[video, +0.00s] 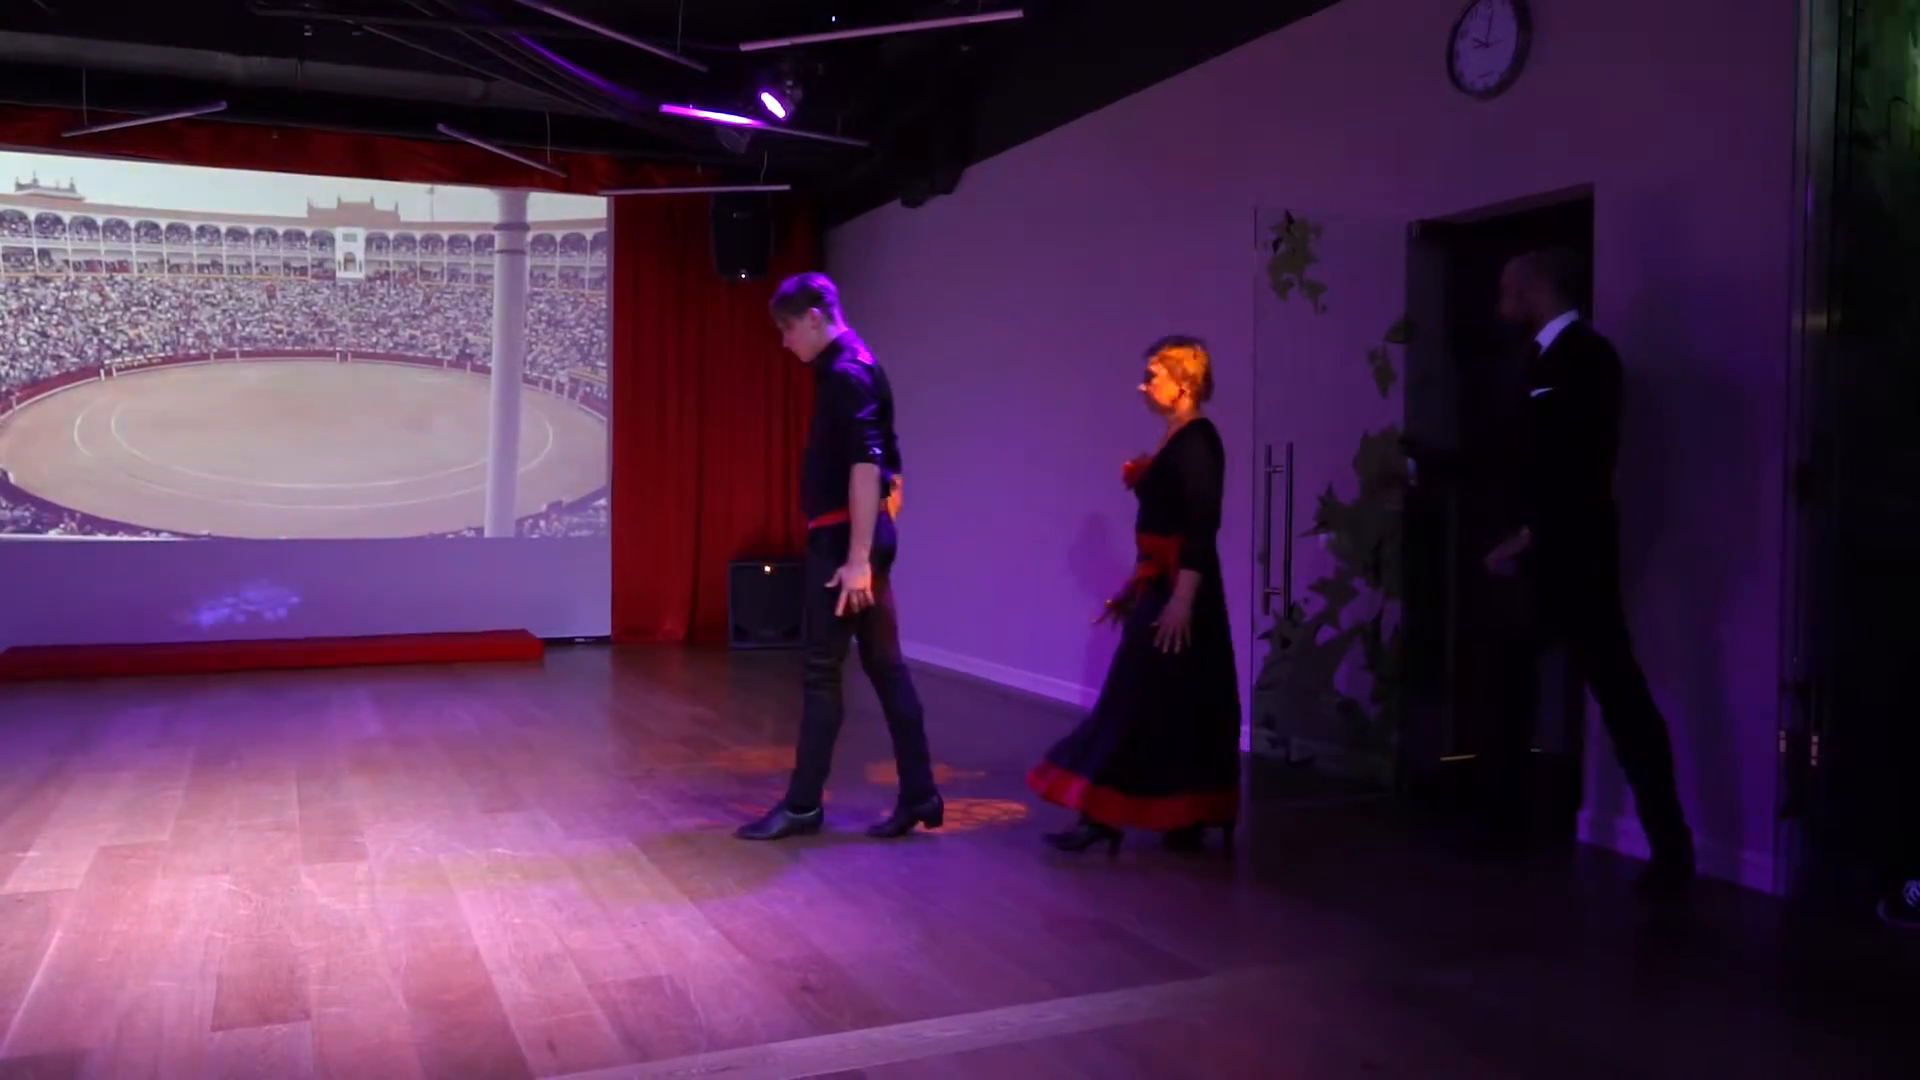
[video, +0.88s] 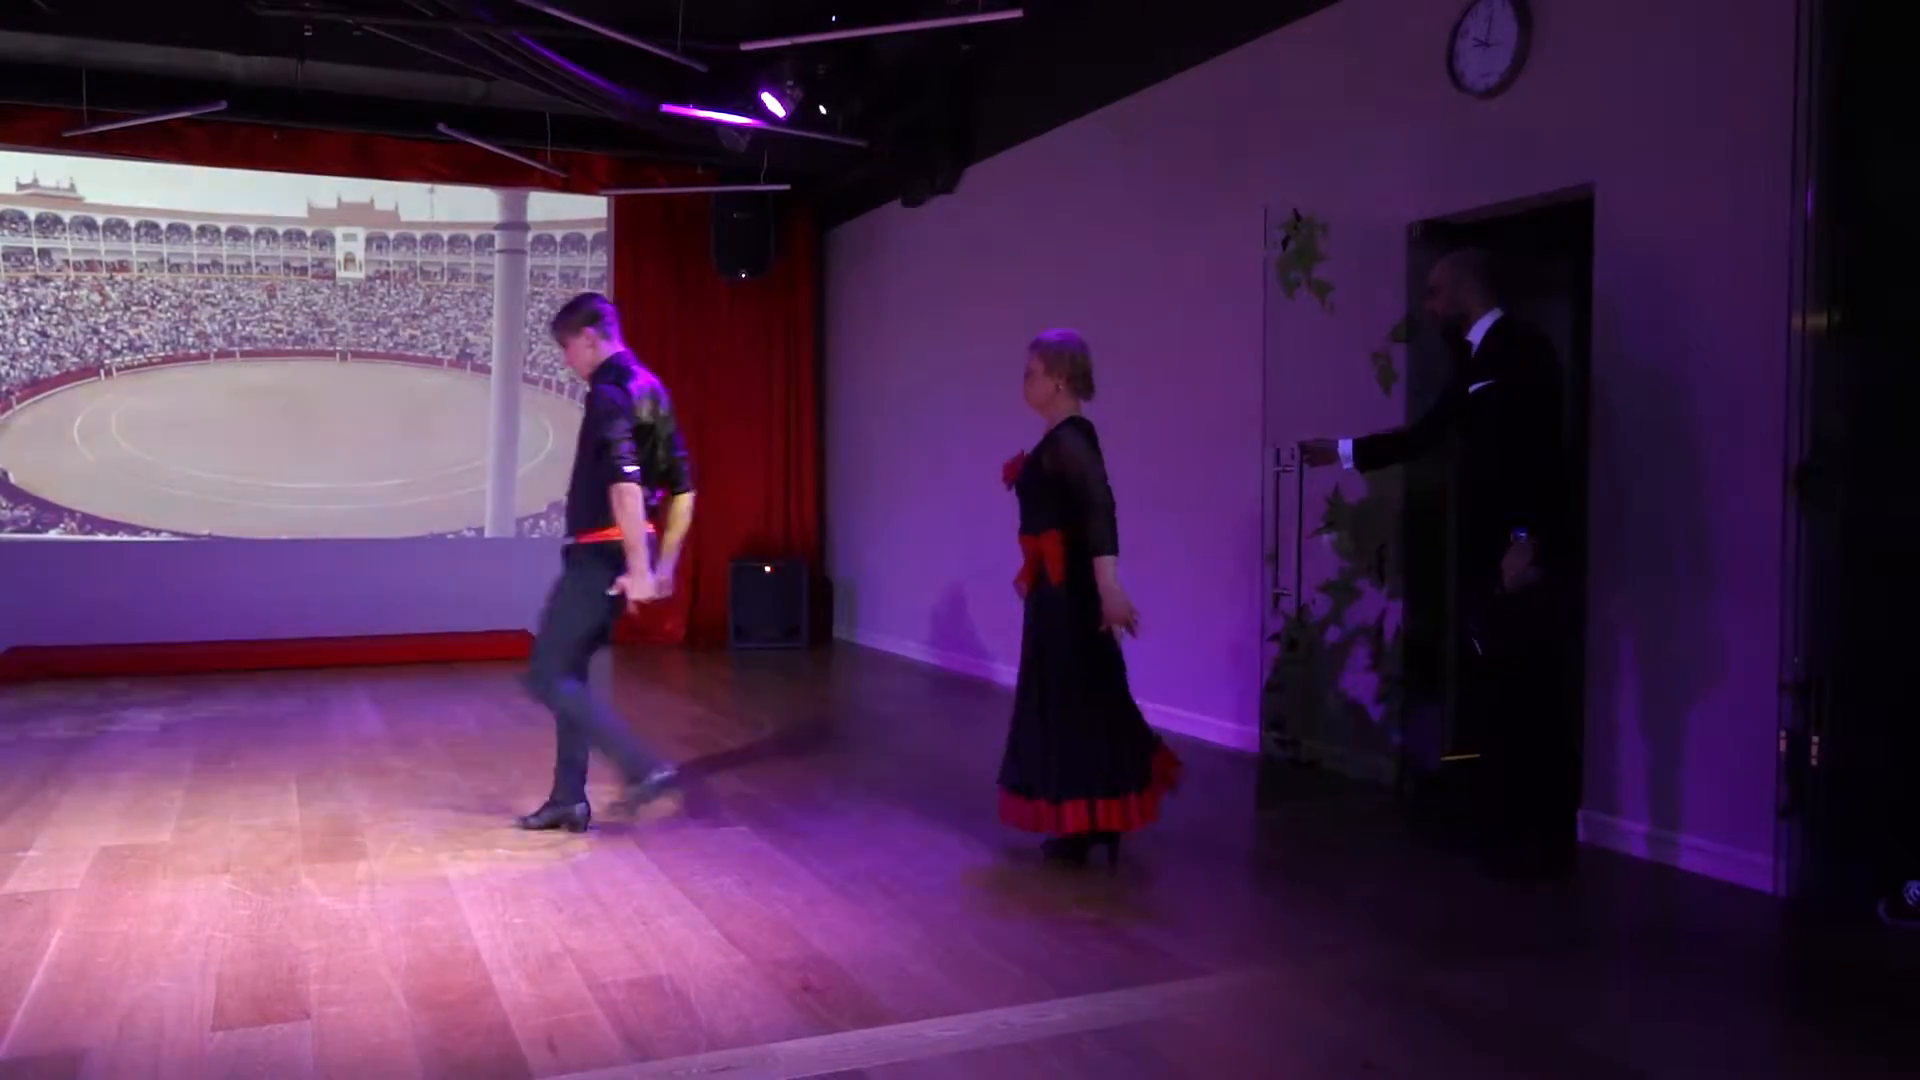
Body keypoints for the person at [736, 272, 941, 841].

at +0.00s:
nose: (786, 342)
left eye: (790, 329)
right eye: (783, 331)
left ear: (820, 317)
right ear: (821, 318)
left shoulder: (847, 375)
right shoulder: (855, 367)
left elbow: (867, 467)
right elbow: (877, 465)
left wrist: (859, 558)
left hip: (839, 538)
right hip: (860, 532)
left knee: (821, 672)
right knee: (887, 668)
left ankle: (803, 803)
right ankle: (919, 795)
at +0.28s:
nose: (731, 341)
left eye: (734, 328)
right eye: (728, 330)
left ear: (763, 316)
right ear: (764, 317)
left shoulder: (790, 370)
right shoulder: (801, 365)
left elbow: (810, 463)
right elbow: (835, 465)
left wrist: (805, 556)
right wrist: (821, 535)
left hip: (785, 539)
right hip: (800, 536)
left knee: (790, 674)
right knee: (827, 667)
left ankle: (800, 803)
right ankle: (896, 776)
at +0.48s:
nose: (686, 350)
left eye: (688, 336)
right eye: (683, 338)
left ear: (716, 326)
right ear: (725, 326)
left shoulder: (740, 381)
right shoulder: (768, 376)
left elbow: (753, 472)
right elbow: (803, 471)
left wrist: (762, 567)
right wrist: (801, 544)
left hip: (746, 545)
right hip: (762, 540)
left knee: (761, 668)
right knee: (714, 661)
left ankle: (798, 802)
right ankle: (784, 784)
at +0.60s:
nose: (652, 355)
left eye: (654, 342)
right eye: (650, 344)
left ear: (682, 331)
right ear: (688, 332)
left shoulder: (699, 391)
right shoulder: (737, 384)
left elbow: (714, 487)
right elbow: (779, 479)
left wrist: (728, 577)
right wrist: (775, 553)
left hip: (713, 555)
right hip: (727, 550)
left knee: (749, 680)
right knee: (653, 654)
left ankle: (800, 802)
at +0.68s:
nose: (626, 356)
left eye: (629, 344)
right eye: (624, 345)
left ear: (657, 334)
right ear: (666, 335)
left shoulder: (670, 395)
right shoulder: (713, 388)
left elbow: (685, 491)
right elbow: (754, 483)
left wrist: (704, 577)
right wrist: (750, 560)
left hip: (682, 558)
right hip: (695, 554)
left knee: (718, 679)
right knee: (620, 658)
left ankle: (792, 794)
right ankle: (583, 791)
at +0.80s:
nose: (589, 360)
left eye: (591, 347)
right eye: (587, 349)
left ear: (618, 335)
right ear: (629, 335)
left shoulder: (631, 391)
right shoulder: (674, 387)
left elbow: (645, 483)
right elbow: (711, 485)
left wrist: (666, 572)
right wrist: (698, 565)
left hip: (628, 556)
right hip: (644, 554)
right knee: (582, 667)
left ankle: (731, 764)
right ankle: (569, 798)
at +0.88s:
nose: (567, 360)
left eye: (568, 348)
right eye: (564, 349)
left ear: (593, 337)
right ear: (604, 336)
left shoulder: (610, 392)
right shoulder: (648, 386)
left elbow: (625, 482)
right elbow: (683, 487)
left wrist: (639, 568)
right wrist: (663, 564)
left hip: (597, 555)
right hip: (620, 552)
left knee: (547, 674)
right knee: (569, 676)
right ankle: (567, 799)